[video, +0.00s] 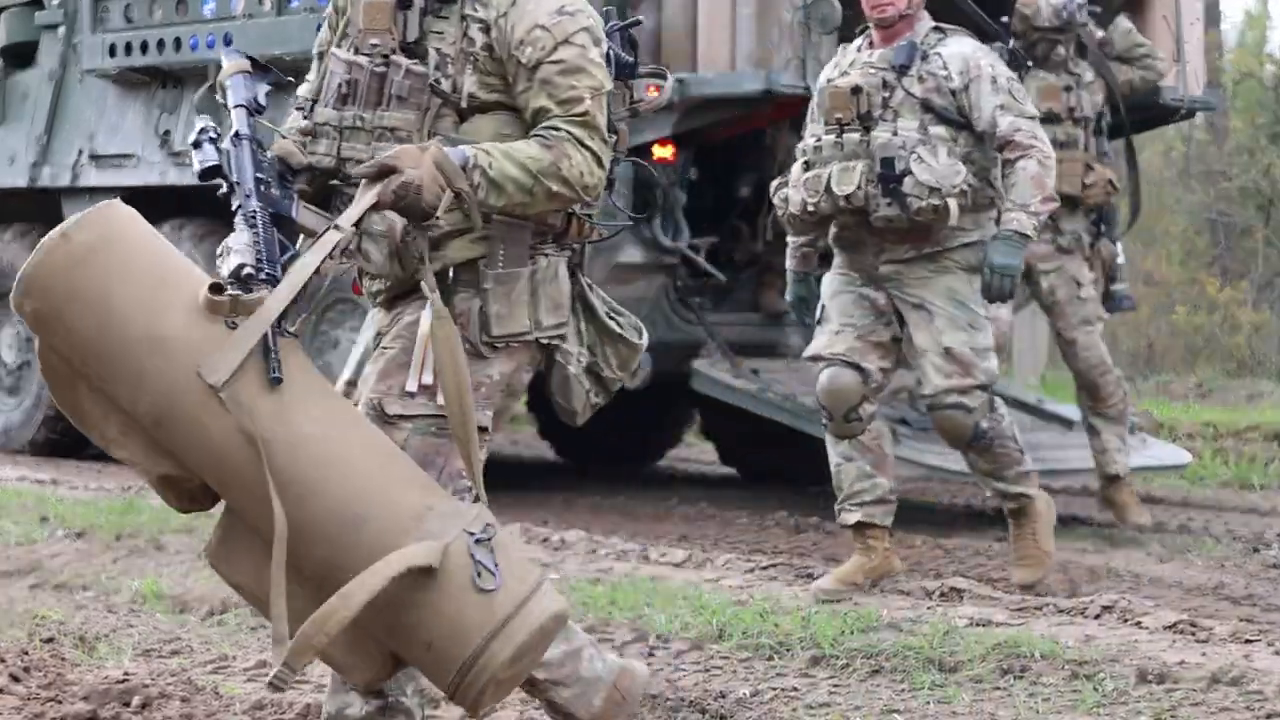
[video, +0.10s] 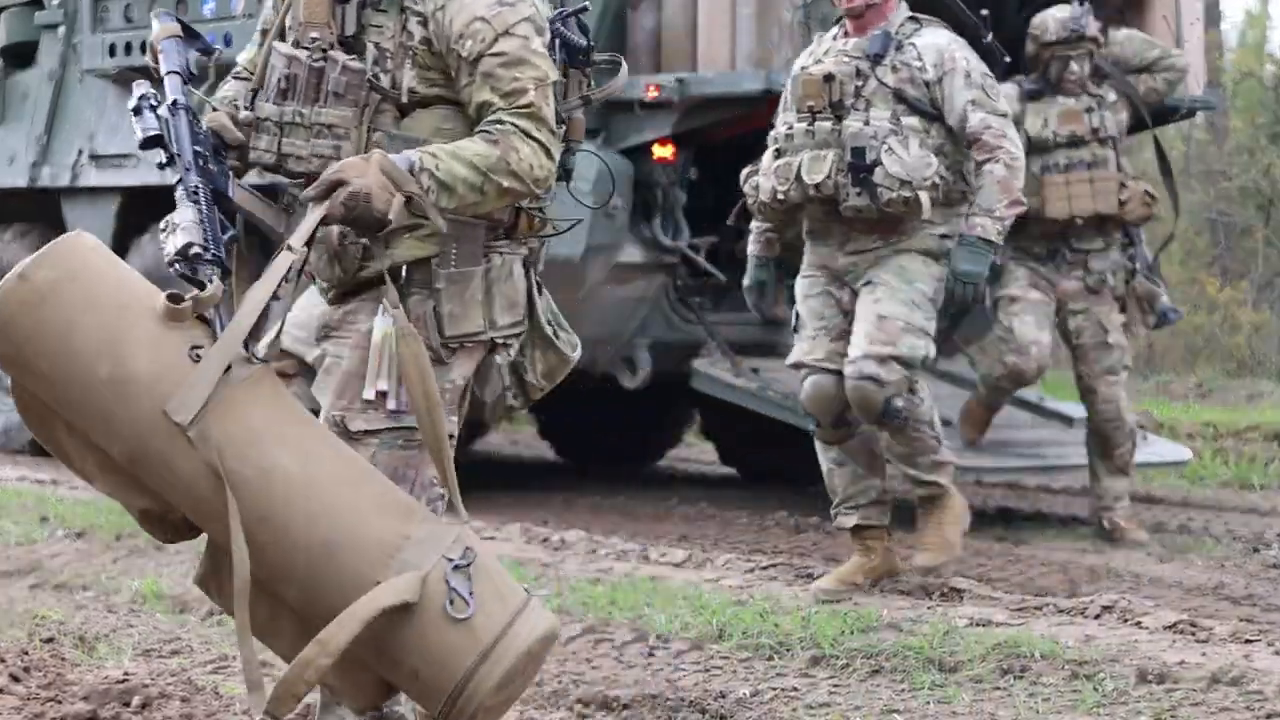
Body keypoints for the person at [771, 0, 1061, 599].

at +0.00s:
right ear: (858, 2)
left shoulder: (961, 57)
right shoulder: (838, 69)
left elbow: (1028, 146)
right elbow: (810, 176)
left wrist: (1014, 235)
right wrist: (802, 269)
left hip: (942, 260)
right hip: (857, 262)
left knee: (957, 408)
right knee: (841, 389)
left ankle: (1027, 506)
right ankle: (872, 546)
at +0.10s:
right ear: (832, 2)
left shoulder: (938, 51)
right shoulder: (813, 60)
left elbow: (999, 147)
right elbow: (781, 163)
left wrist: (980, 243)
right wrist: (762, 253)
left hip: (910, 248)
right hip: (826, 253)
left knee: (875, 380)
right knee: (822, 393)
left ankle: (938, 500)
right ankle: (870, 546)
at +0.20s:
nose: (816, 0)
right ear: (812, 3)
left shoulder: (911, 45)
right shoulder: (790, 50)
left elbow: (969, 143)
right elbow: (754, 146)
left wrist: (951, 237)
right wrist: (722, 231)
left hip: (877, 238)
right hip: (800, 243)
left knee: (815, 368)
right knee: (809, 382)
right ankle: (870, 541)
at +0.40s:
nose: (737, 6)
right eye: (735, 1)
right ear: (746, 9)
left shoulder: (839, 64)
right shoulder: (734, 64)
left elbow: (910, 165)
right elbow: (694, 154)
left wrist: (871, 260)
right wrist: (654, 229)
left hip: (799, 276)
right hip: (730, 276)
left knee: (752, 424)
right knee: (767, 422)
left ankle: (737, 597)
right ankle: (871, 544)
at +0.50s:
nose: (698, 10)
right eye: (692, 2)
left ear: (747, 1)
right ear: (693, 9)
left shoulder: (796, 73)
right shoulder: (694, 72)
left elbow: (860, 177)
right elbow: (670, 177)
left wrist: (823, 273)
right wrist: (630, 251)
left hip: (760, 282)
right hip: (693, 281)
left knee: (719, 431)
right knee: (694, 435)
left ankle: (728, 606)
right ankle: (831, 516)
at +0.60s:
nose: (642, 5)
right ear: (653, 8)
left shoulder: (754, 66)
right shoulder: (655, 64)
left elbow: (796, 180)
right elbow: (640, 170)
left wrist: (764, 277)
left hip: (723, 278)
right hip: (652, 275)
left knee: (712, 437)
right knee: (611, 411)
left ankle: (730, 604)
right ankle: (724, 505)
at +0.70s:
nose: (594, 3)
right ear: (616, 5)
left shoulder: (704, 53)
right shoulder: (611, 57)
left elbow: (750, 163)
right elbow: (589, 146)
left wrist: (702, 254)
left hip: (696, 279)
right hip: (616, 273)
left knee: (695, 437)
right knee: (552, 403)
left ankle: (730, 606)